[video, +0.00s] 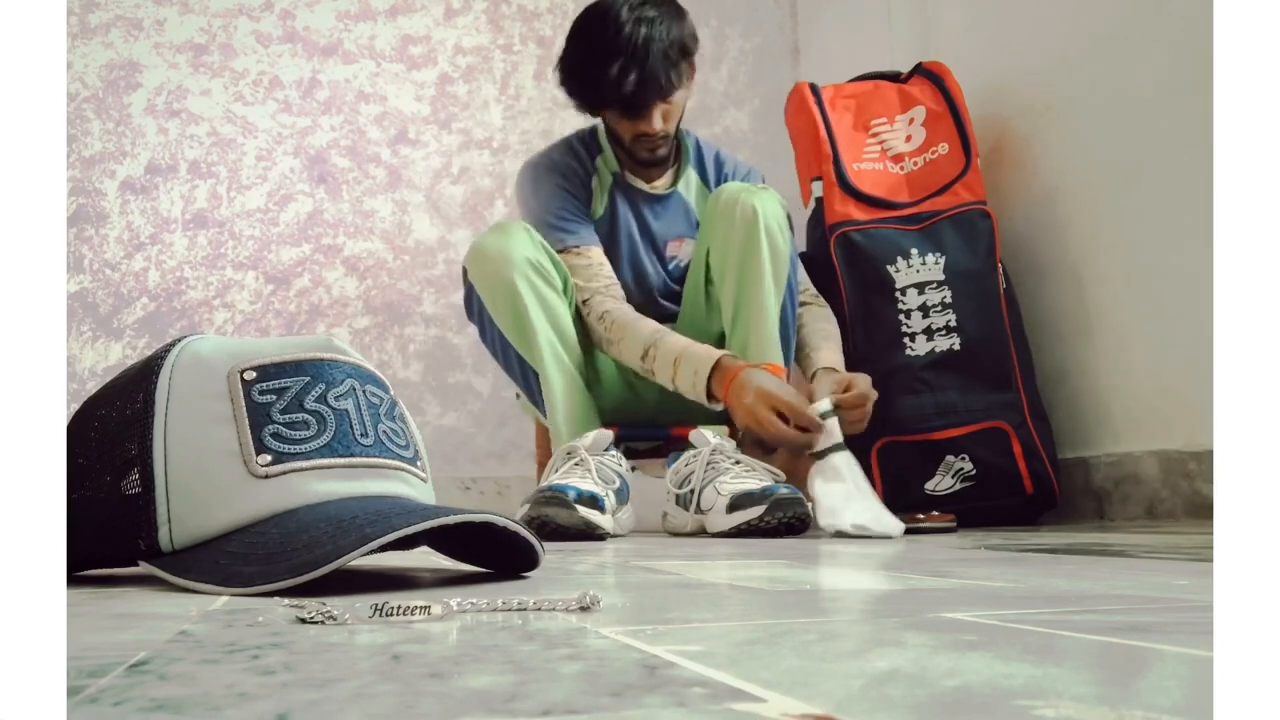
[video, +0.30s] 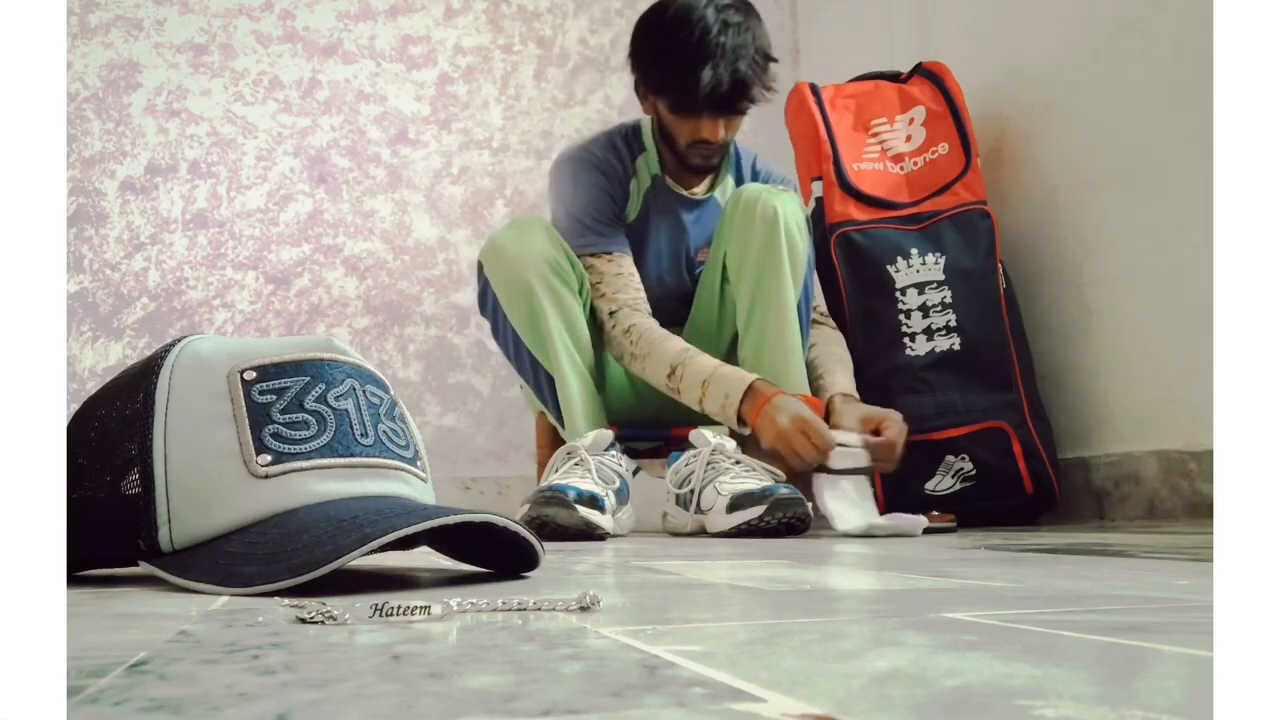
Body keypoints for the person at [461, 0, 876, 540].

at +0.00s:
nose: (654, 127)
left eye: (667, 102)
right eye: (630, 110)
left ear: (689, 76)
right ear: (593, 98)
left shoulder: (731, 180)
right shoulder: (554, 177)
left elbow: (803, 300)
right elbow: (607, 318)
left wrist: (827, 375)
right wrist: (725, 379)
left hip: (701, 385)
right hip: (604, 383)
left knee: (750, 203)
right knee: (499, 249)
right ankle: (584, 462)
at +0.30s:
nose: (712, 134)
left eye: (730, 112)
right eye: (691, 112)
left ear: (749, 98)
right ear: (649, 97)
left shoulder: (766, 188)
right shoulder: (590, 171)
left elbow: (814, 321)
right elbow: (628, 331)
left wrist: (843, 405)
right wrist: (755, 400)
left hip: (713, 389)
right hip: (613, 383)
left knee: (767, 204)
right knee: (516, 245)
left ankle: (721, 457)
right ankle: (591, 457)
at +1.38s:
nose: (670, 98)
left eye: (682, 75)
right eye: (647, 80)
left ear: (700, 76)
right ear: (607, 90)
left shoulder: (737, 189)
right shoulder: (566, 183)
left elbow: (795, 320)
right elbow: (615, 332)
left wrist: (826, 419)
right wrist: (717, 416)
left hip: (705, 381)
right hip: (604, 378)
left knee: (757, 204)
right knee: (502, 250)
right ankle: (591, 461)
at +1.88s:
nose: (603, 92)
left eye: (612, 72)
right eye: (579, 86)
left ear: (636, 86)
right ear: (556, 123)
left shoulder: (695, 190)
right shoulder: (537, 200)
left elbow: (759, 322)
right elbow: (598, 318)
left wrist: (813, 406)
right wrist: (691, 387)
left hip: (690, 380)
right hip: (593, 383)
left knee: (718, 179)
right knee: (485, 256)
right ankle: (588, 460)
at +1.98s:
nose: (597, 105)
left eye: (605, 84)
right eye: (573, 98)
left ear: (630, 95)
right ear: (552, 133)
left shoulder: (690, 192)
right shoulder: (534, 205)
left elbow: (755, 316)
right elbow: (593, 319)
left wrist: (757, 401)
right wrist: (681, 391)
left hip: (688, 375)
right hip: (592, 382)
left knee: (713, 178)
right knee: (482, 254)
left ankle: (755, 390)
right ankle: (585, 458)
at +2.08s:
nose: (588, 109)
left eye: (596, 88)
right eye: (564, 104)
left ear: (623, 96)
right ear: (547, 135)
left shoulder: (689, 193)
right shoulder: (533, 206)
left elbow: (763, 332)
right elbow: (601, 319)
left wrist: (760, 386)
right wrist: (683, 385)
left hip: (684, 378)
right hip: (592, 383)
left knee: (724, 178)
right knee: (482, 254)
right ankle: (582, 459)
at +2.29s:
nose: (567, 109)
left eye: (575, 88)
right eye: (544, 108)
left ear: (609, 92)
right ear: (536, 139)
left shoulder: (680, 191)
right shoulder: (529, 200)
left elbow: (748, 271)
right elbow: (578, 305)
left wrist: (802, 334)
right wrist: (669, 348)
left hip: (688, 380)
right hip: (595, 381)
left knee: (727, 178)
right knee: (494, 249)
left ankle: (765, 373)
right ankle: (591, 454)